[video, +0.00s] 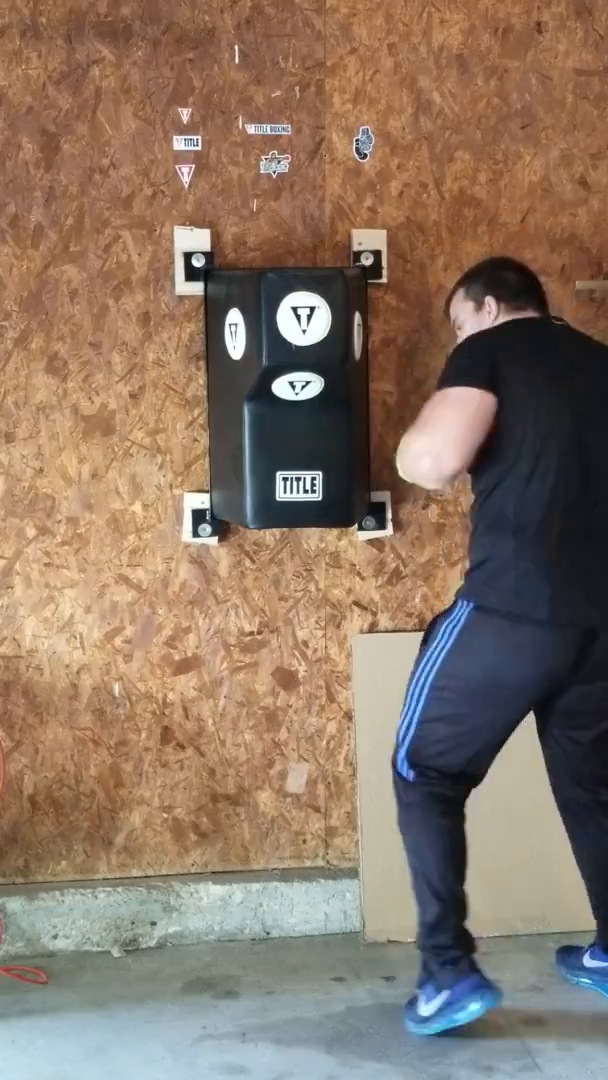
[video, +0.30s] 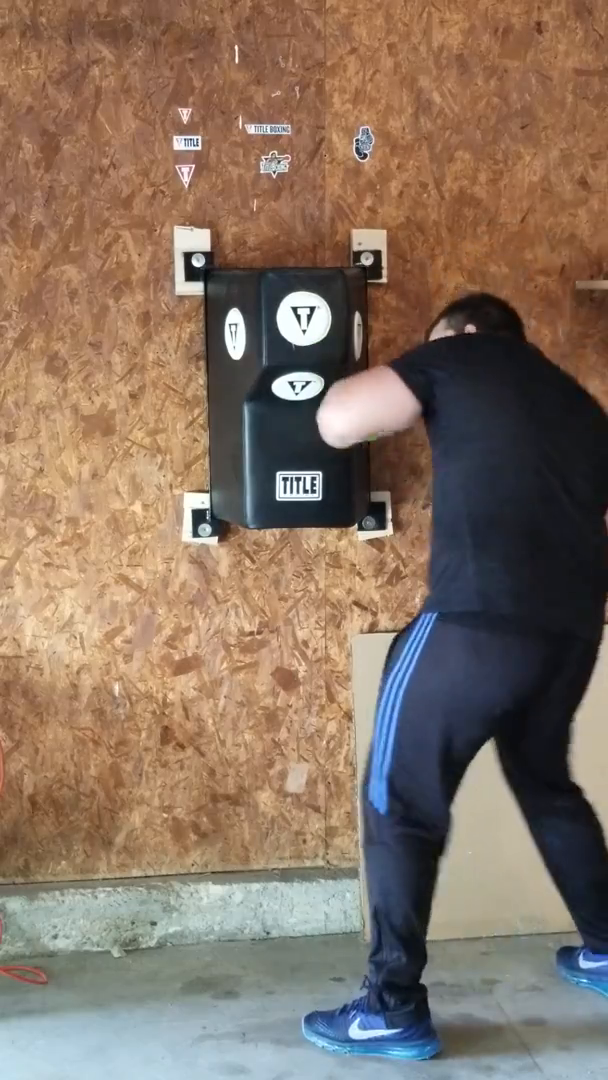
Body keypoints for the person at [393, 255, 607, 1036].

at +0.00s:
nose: (459, 337)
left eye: (460, 323)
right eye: (457, 326)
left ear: (487, 305)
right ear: (536, 305)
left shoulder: (489, 350)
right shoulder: (599, 359)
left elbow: (428, 463)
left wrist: (448, 431)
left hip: (516, 608)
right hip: (600, 616)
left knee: (426, 775)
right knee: (593, 791)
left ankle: (447, 970)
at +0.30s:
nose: (429, 348)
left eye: (435, 339)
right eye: (433, 340)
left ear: (459, 332)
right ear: (514, 333)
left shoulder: (452, 361)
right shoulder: (584, 403)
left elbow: (336, 419)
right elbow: (596, 508)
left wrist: (391, 378)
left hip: (478, 617)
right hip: (574, 625)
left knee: (398, 799)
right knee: (544, 776)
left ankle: (392, 1004)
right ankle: (604, 946)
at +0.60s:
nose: (409, 330)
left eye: (414, 314)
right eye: (406, 320)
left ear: (454, 300)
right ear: (454, 308)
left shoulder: (548, 356)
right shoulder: (433, 410)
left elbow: (532, 423)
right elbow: (365, 501)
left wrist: (441, 366)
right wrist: (314, 443)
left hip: (493, 612)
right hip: (444, 613)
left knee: (400, 796)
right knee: (442, 786)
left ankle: (395, 1005)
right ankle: (542, 951)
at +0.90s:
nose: (396, 330)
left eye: (396, 309)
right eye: (390, 314)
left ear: (433, 291)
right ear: (444, 291)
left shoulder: (515, 348)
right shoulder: (478, 365)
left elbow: (508, 467)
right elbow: (437, 490)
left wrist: (405, 425)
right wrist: (387, 427)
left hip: (482, 597)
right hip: (509, 599)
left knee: (389, 771)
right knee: (499, 767)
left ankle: (377, 986)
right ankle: (557, 951)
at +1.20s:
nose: (353, 340)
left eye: (351, 329)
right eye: (348, 330)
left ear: (372, 312)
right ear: (438, 298)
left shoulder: (376, 364)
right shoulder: (526, 366)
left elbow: (283, 449)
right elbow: (468, 447)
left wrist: (288, 380)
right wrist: (358, 378)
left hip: (424, 630)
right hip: (526, 625)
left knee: (356, 814)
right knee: (510, 773)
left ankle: (321, 1017)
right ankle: (561, 951)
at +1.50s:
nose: (333, 309)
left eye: (331, 300)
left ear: (347, 297)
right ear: (424, 285)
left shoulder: (323, 350)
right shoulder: (502, 354)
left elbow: (261, 455)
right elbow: (473, 451)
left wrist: (321, 390)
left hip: (359, 631)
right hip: (478, 630)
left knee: (336, 825)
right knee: (518, 814)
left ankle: (314, 1023)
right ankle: (549, 1017)